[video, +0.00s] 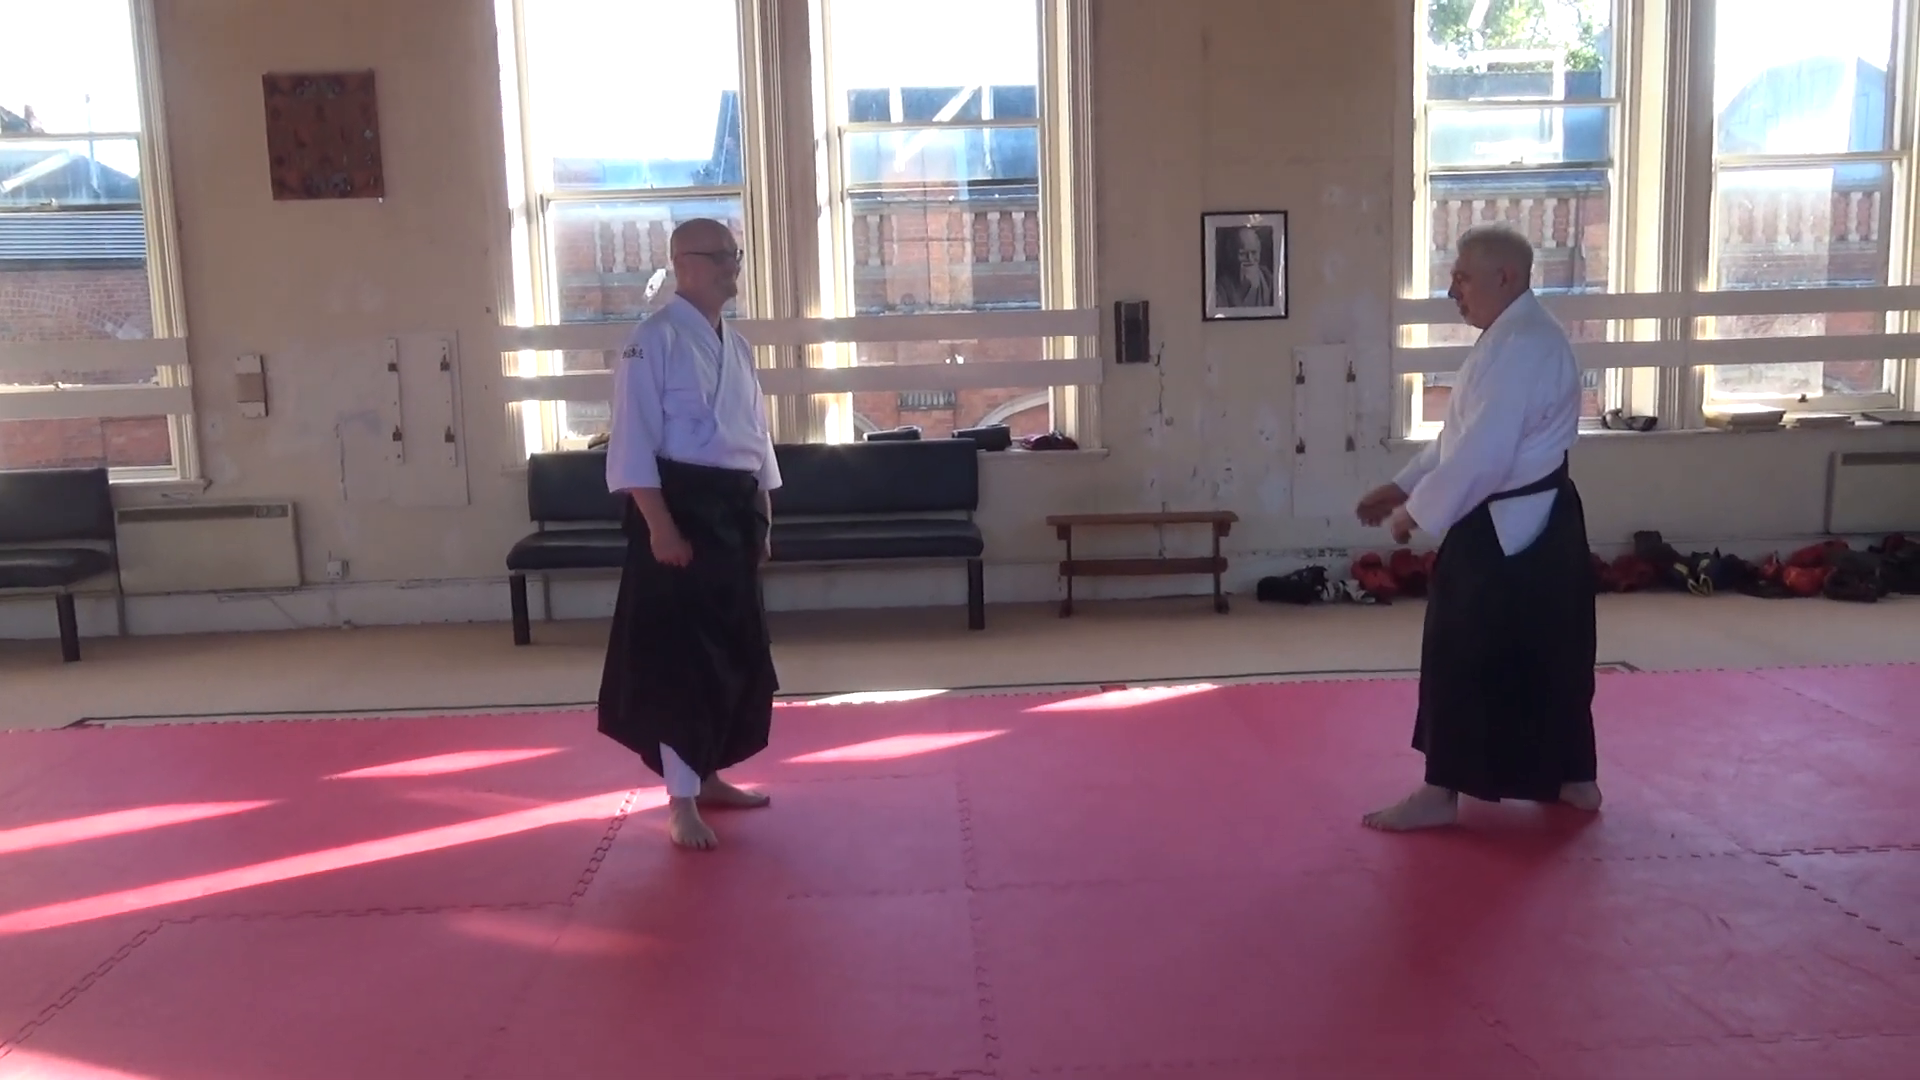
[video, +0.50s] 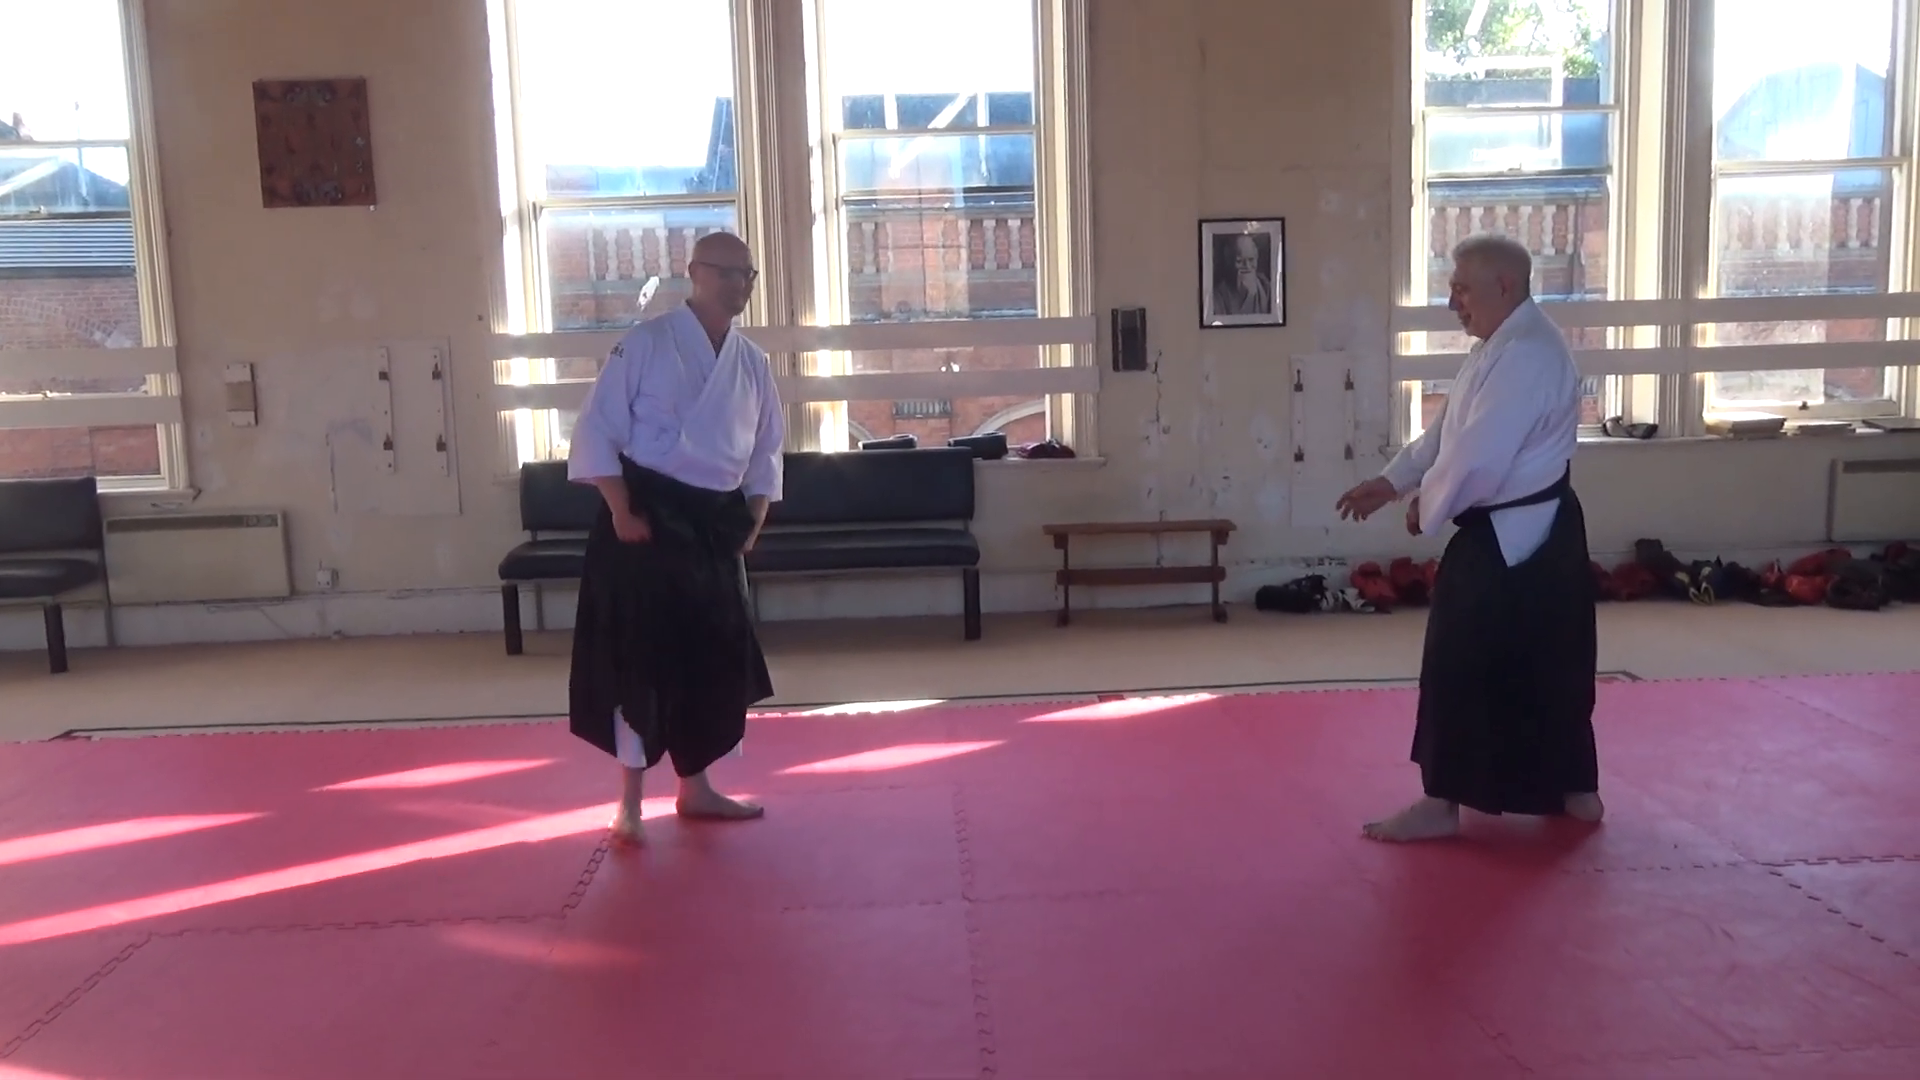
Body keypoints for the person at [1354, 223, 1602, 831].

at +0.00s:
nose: (1453, 288)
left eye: (1464, 277)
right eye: (1454, 277)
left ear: (1505, 277)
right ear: (1508, 279)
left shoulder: (1518, 345)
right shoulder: (1515, 335)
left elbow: (1481, 454)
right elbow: (1460, 438)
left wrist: (1415, 513)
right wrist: (1400, 486)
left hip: (1500, 523)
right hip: (1542, 514)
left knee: (1453, 654)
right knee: (1555, 649)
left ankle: (1438, 792)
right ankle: (1576, 779)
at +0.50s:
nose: (1452, 298)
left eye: (1462, 287)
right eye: (1453, 287)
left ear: (1504, 286)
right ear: (1502, 287)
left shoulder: (1524, 354)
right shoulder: (1499, 347)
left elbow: (1476, 458)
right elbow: (1446, 431)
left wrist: (1427, 508)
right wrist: (1389, 480)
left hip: (1506, 532)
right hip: (1535, 524)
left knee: (1453, 665)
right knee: (1552, 660)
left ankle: (1439, 803)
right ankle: (1577, 791)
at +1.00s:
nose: (1647, 215)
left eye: (1660, 199)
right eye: (1646, 199)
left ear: (1715, 197)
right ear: (1711, 199)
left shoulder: (1736, 287)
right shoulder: (1711, 273)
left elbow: (1648, 421)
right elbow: (1623, 366)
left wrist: (1582, 464)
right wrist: (1528, 427)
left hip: (1709, 526)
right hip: (1747, 516)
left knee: (1638, 703)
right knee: (1770, 704)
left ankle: (1615, 894)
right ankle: (1801, 879)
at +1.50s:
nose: (1651, 215)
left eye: (1663, 198)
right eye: (1652, 199)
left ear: (1719, 198)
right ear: (1723, 199)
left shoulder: (1728, 290)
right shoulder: (1746, 268)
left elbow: (1642, 423)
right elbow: (1634, 362)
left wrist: (1595, 475)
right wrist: (1537, 427)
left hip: (1710, 520)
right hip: (1770, 509)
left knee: (1616, 673)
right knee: (1794, 695)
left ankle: (1624, 869)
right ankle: (1828, 869)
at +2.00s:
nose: (1333, 279)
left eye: (1342, 267)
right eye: (1333, 266)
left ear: (1381, 270)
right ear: (1397, 270)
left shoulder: (1374, 351)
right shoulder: (1434, 315)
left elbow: (1293, 437)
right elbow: (1356, 271)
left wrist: (1210, 483)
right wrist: (1333, 221)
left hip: (1425, 542)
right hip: (1471, 522)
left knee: (1349, 671)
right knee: (1541, 658)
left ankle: (1382, 832)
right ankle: (1634, 761)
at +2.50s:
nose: (1021, 283)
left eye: (1038, 273)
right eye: (1023, 270)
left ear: (1084, 290)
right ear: (1027, 284)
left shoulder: (1125, 366)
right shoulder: (999, 357)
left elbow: (1155, 466)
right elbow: (909, 332)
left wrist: (1070, 490)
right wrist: (842, 261)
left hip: (1109, 562)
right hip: (1030, 558)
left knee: (1155, 691)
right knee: (972, 677)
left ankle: (1255, 777)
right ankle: (959, 826)